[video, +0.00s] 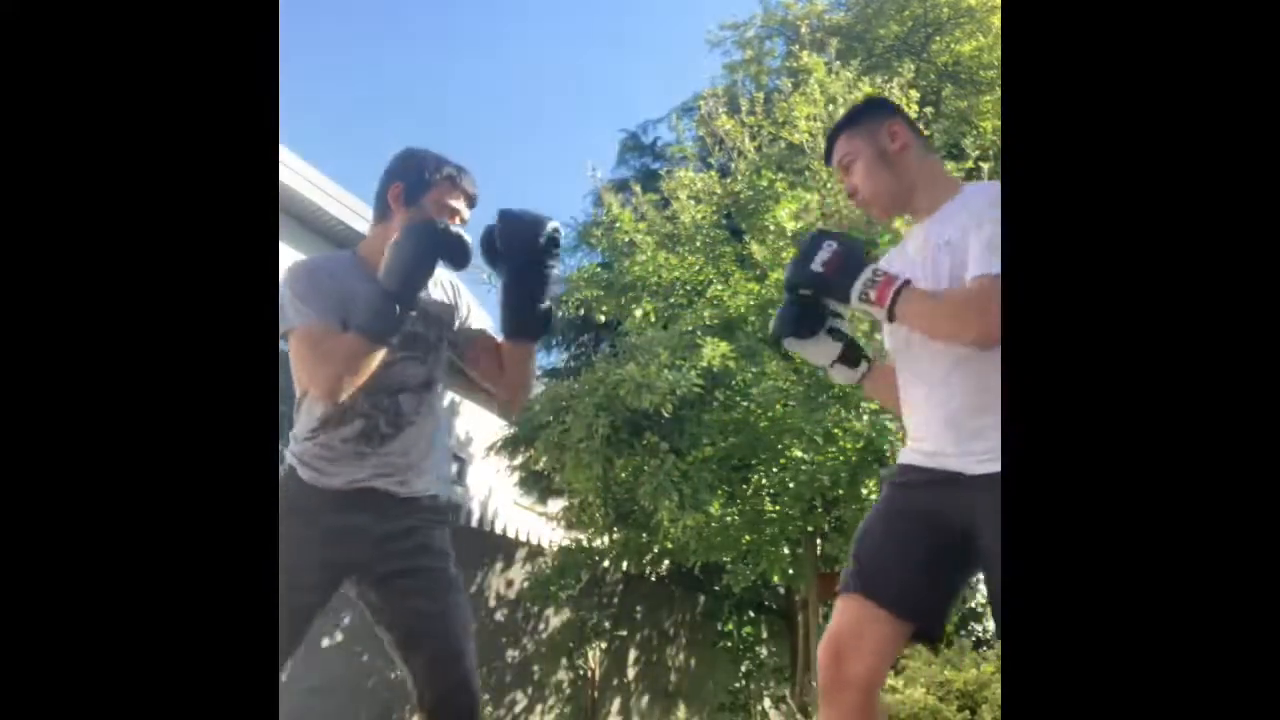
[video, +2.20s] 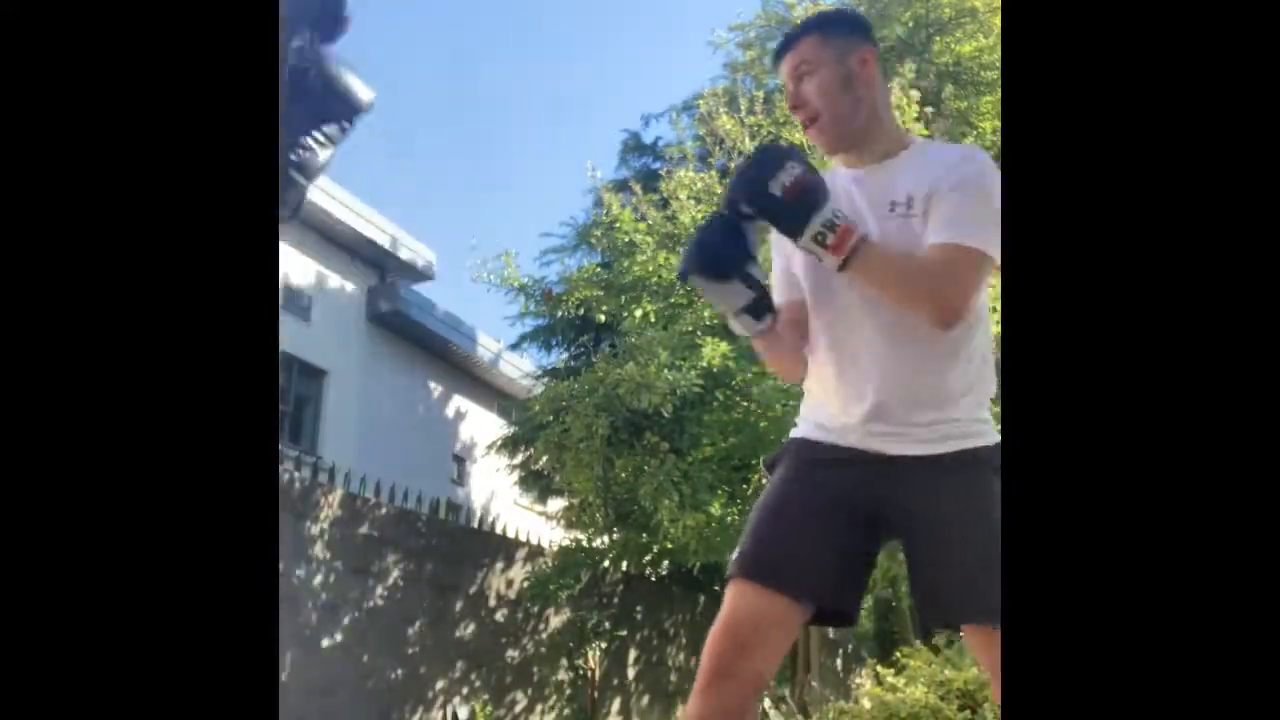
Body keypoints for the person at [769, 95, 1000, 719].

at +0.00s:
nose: (847, 190)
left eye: (850, 166)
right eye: (841, 178)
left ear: (898, 138)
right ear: (895, 149)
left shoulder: (990, 205)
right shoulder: (899, 261)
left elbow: (986, 320)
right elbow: (921, 401)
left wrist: (868, 285)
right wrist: (841, 357)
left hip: (998, 477)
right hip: (924, 478)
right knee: (845, 661)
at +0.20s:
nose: (844, 190)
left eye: (846, 166)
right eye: (837, 179)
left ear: (891, 131)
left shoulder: (983, 208)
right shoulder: (887, 254)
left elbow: (911, 328)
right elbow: (880, 392)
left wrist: (828, 257)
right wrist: (816, 311)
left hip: (989, 480)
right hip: (901, 480)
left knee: (997, 671)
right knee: (813, 665)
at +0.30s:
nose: (797, 212)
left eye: (797, 191)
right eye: (789, 203)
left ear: (838, 155)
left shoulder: (937, 218)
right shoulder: (844, 278)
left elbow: (840, 328)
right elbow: (817, 402)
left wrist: (771, 248)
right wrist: (764, 305)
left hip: (977, 484)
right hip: (882, 492)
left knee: (996, 666)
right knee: (793, 681)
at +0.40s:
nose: (722, 256)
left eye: (721, 234)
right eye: (714, 243)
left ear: (758, 194)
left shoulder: (854, 235)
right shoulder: (782, 300)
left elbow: (747, 334)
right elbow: (712, 397)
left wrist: (701, 247)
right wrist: (682, 288)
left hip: (957, 487)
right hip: (859, 501)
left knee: (1002, 666)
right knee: (756, 679)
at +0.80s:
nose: (765, 168)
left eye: (772, 146)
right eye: (760, 156)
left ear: (825, 127)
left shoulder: (913, 211)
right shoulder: (802, 249)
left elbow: (855, 325)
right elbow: (804, 354)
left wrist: (761, 255)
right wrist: (760, 319)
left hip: (911, 474)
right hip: (810, 475)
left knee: (982, 683)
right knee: (716, 665)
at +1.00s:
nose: (853, 145)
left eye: (867, 123)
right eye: (850, 132)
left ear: (928, 116)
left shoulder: (987, 231)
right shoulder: (843, 224)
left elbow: (941, 356)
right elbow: (835, 339)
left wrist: (848, 268)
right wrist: (804, 346)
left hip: (943, 472)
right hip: (834, 467)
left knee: (995, 660)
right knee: (741, 661)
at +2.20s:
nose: (793, 102)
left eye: (805, 76)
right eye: (787, 90)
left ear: (865, 65)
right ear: (790, 108)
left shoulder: (962, 169)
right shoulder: (804, 200)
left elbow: (947, 301)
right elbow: (794, 363)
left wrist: (822, 228)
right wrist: (742, 301)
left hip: (953, 451)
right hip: (828, 446)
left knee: (1000, 662)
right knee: (733, 656)